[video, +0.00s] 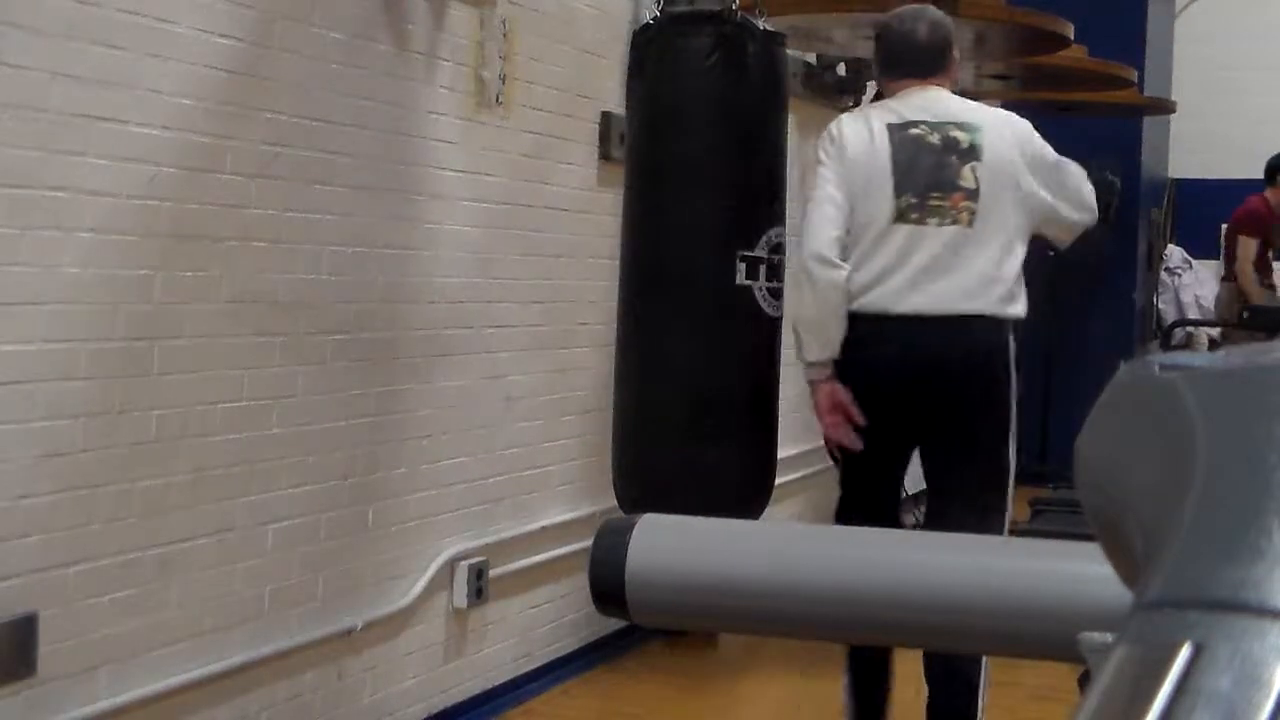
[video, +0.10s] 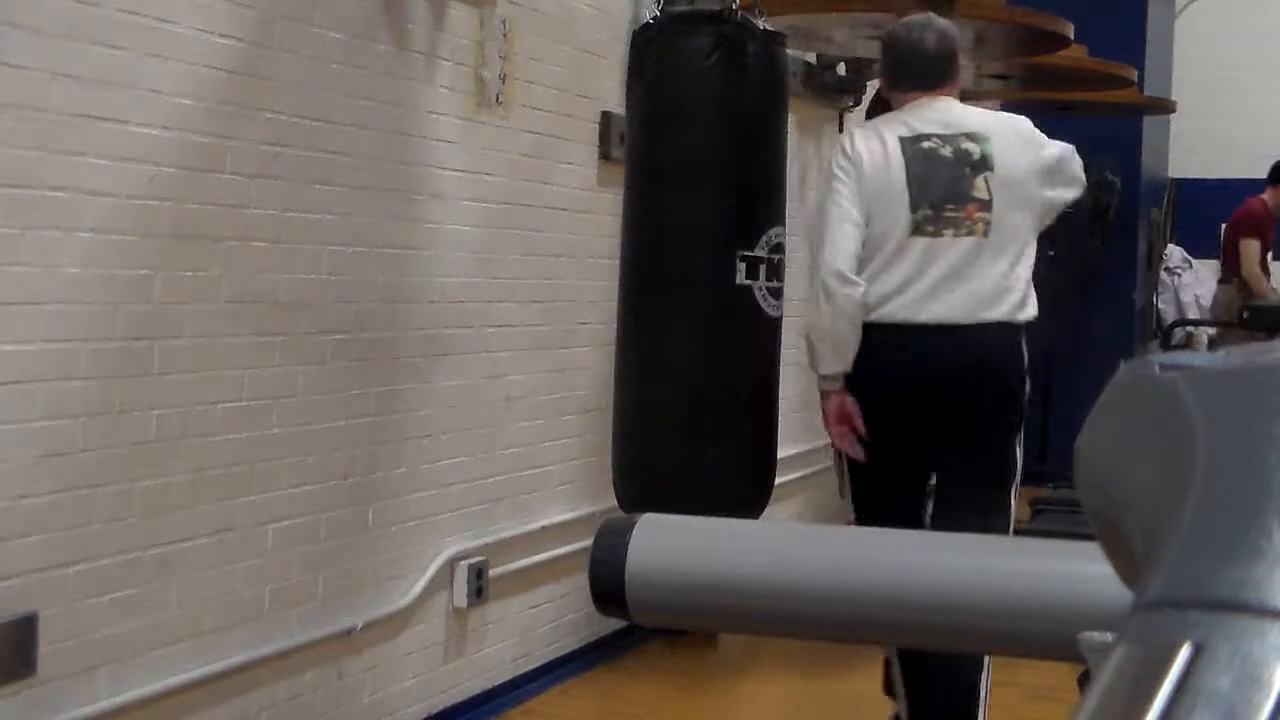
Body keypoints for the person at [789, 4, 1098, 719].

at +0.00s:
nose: (965, 72)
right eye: (962, 63)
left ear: (879, 71)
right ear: (954, 68)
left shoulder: (846, 135)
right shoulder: (1006, 133)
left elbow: (819, 257)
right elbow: (1078, 210)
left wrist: (821, 372)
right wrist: (1017, 186)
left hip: (876, 355)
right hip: (977, 361)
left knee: (863, 537)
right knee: (970, 542)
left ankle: (867, 704)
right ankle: (955, 707)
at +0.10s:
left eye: (886, 77)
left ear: (888, 79)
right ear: (960, 78)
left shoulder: (861, 147)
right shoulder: (1013, 138)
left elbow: (838, 273)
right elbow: (1072, 174)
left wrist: (833, 381)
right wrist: (1008, 206)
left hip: (892, 362)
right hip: (990, 364)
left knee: (888, 542)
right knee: (976, 541)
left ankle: (915, 694)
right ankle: (961, 701)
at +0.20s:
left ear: (891, 91)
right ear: (965, 89)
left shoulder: (874, 161)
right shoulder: (1017, 145)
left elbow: (846, 287)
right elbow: (1050, 146)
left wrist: (832, 390)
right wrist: (1000, 99)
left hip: (904, 363)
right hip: (1001, 362)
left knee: (898, 542)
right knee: (988, 534)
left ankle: (924, 702)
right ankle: (970, 699)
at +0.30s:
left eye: (898, 81)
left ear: (897, 91)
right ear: (974, 87)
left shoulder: (888, 164)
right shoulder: (1022, 142)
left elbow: (855, 286)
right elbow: (1027, 112)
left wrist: (830, 378)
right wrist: (990, 72)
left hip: (911, 360)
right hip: (1006, 360)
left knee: (900, 531)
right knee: (992, 518)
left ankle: (927, 702)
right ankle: (988, 677)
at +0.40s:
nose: (910, 87)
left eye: (910, 79)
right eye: (918, 78)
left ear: (916, 89)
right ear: (986, 81)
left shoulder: (906, 158)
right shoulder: (1025, 130)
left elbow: (869, 283)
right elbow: (1014, 88)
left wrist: (828, 355)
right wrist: (985, 40)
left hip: (928, 351)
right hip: (1015, 349)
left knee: (908, 526)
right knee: (995, 519)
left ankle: (922, 701)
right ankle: (1018, 692)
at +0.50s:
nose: (924, 86)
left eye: (924, 79)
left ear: (934, 92)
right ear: (1000, 85)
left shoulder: (930, 159)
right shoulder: (1032, 132)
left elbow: (889, 277)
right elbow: (1013, 74)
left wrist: (835, 332)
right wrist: (984, 22)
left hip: (939, 352)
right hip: (1020, 351)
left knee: (913, 529)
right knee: (998, 529)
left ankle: (920, 703)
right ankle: (1026, 691)